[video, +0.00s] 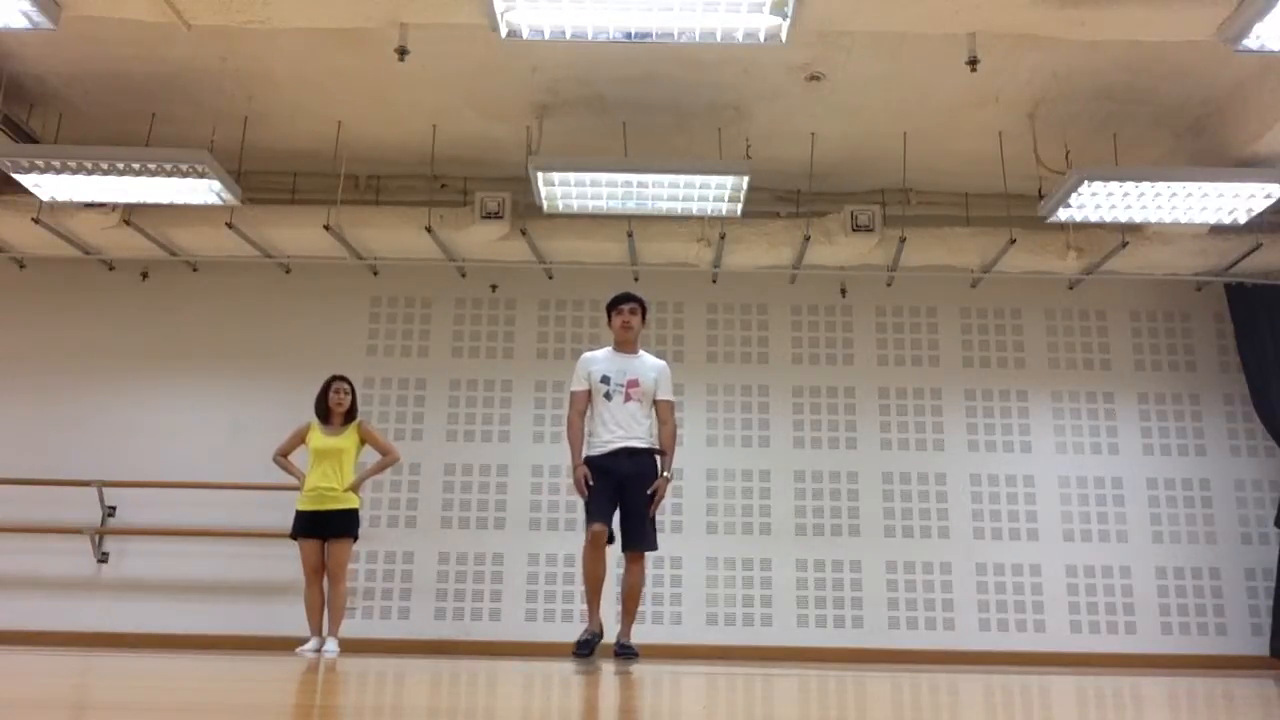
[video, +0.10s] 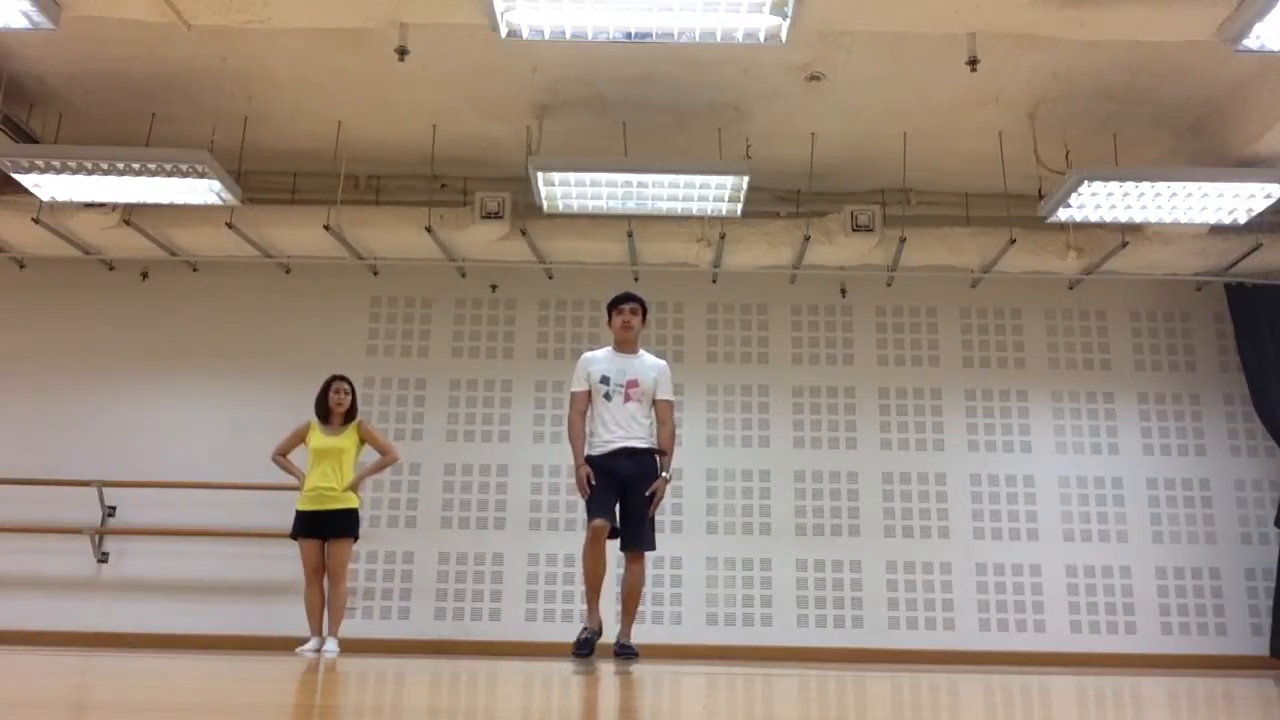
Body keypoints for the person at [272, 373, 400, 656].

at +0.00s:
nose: (341, 396)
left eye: (346, 393)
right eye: (335, 392)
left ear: (352, 399)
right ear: (325, 396)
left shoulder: (358, 428)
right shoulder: (311, 428)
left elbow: (393, 455)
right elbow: (278, 455)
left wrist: (360, 479)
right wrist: (301, 476)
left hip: (342, 506)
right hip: (310, 505)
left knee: (336, 575)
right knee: (312, 575)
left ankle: (333, 638)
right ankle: (315, 637)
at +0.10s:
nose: (340, 396)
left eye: (346, 393)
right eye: (335, 392)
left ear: (352, 399)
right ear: (325, 396)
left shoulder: (358, 428)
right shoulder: (311, 427)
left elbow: (392, 455)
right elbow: (277, 455)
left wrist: (360, 476)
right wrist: (300, 476)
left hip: (342, 506)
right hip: (309, 505)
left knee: (337, 575)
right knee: (312, 575)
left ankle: (333, 638)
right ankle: (315, 637)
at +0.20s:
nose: (340, 396)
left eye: (345, 392)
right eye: (335, 392)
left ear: (352, 398)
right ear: (325, 396)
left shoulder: (358, 427)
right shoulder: (310, 427)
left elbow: (392, 455)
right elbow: (276, 454)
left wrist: (360, 476)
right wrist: (301, 476)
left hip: (342, 506)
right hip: (310, 505)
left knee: (337, 575)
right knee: (313, 575)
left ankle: (332, 638)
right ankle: (315, 636)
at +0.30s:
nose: (340, 397)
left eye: (345, 393)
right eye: (335, 392)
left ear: (352, 398)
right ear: (325, 396)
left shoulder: (358, 428)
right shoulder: (310, 428)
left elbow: (392, 455)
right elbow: (275, 455)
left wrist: (359, 478)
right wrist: (301, 476)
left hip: (342, 507)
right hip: (310, 506)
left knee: (333, 576)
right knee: (312, 576)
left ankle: (331, 637)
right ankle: (315, 637)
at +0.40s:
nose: (339, 398)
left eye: (345, 394)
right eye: (334, 393)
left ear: (351, 399)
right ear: (324, 397)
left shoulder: (358, 428)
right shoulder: (310, 429)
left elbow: (391, 455)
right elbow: (276, 456)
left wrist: (360, 479)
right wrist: (302, 476)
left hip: (342, 508)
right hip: (310, 507)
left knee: (330, 576)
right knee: (311, 577)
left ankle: (331, 637)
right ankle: (315, 637)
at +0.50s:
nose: (338, 397)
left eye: (344, 393)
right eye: (333, 392)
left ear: (351, 399)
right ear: (324, 397)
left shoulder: (358, 428)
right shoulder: (311, 429)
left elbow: (392, 455)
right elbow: (277, 456)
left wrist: (360, 478)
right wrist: (302, 476)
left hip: (343, 508)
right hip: (310, 507)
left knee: (333, 577)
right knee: (312, 577)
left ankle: (332, 637)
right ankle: (316, 637)